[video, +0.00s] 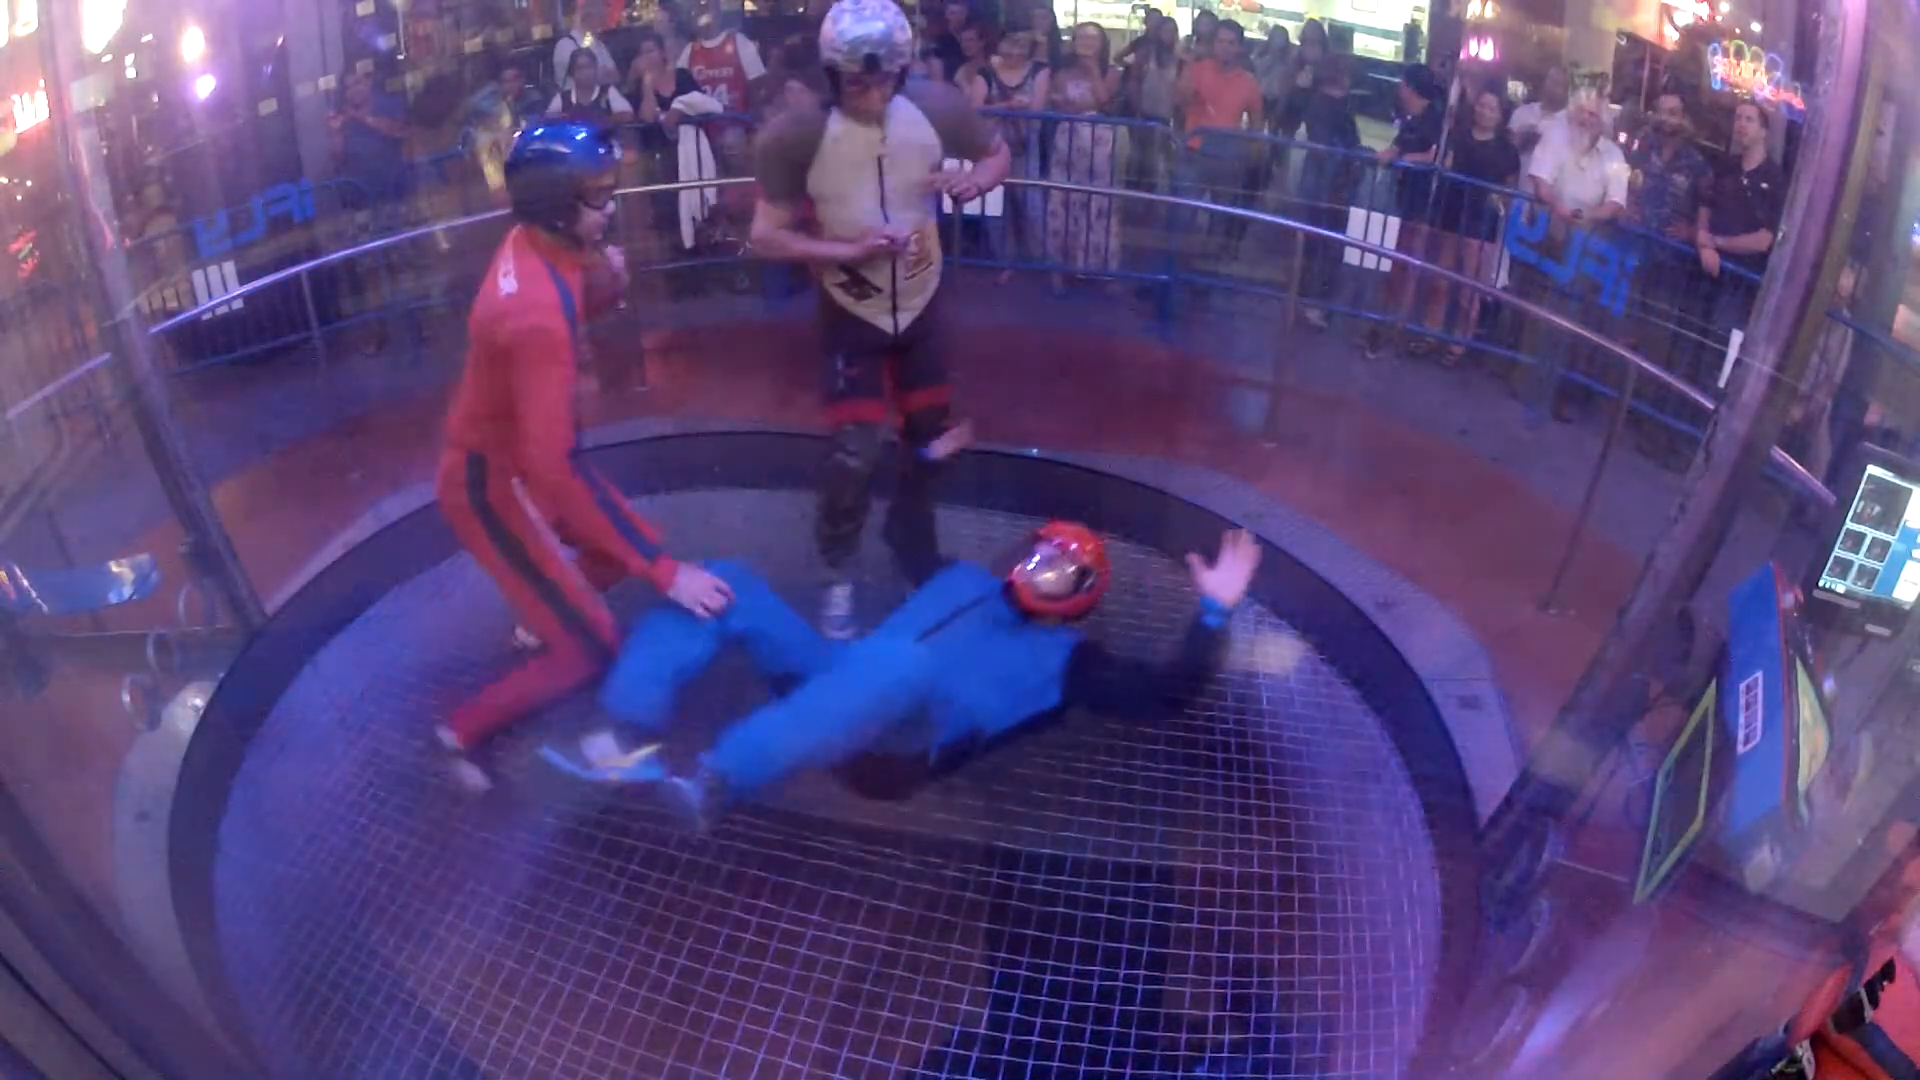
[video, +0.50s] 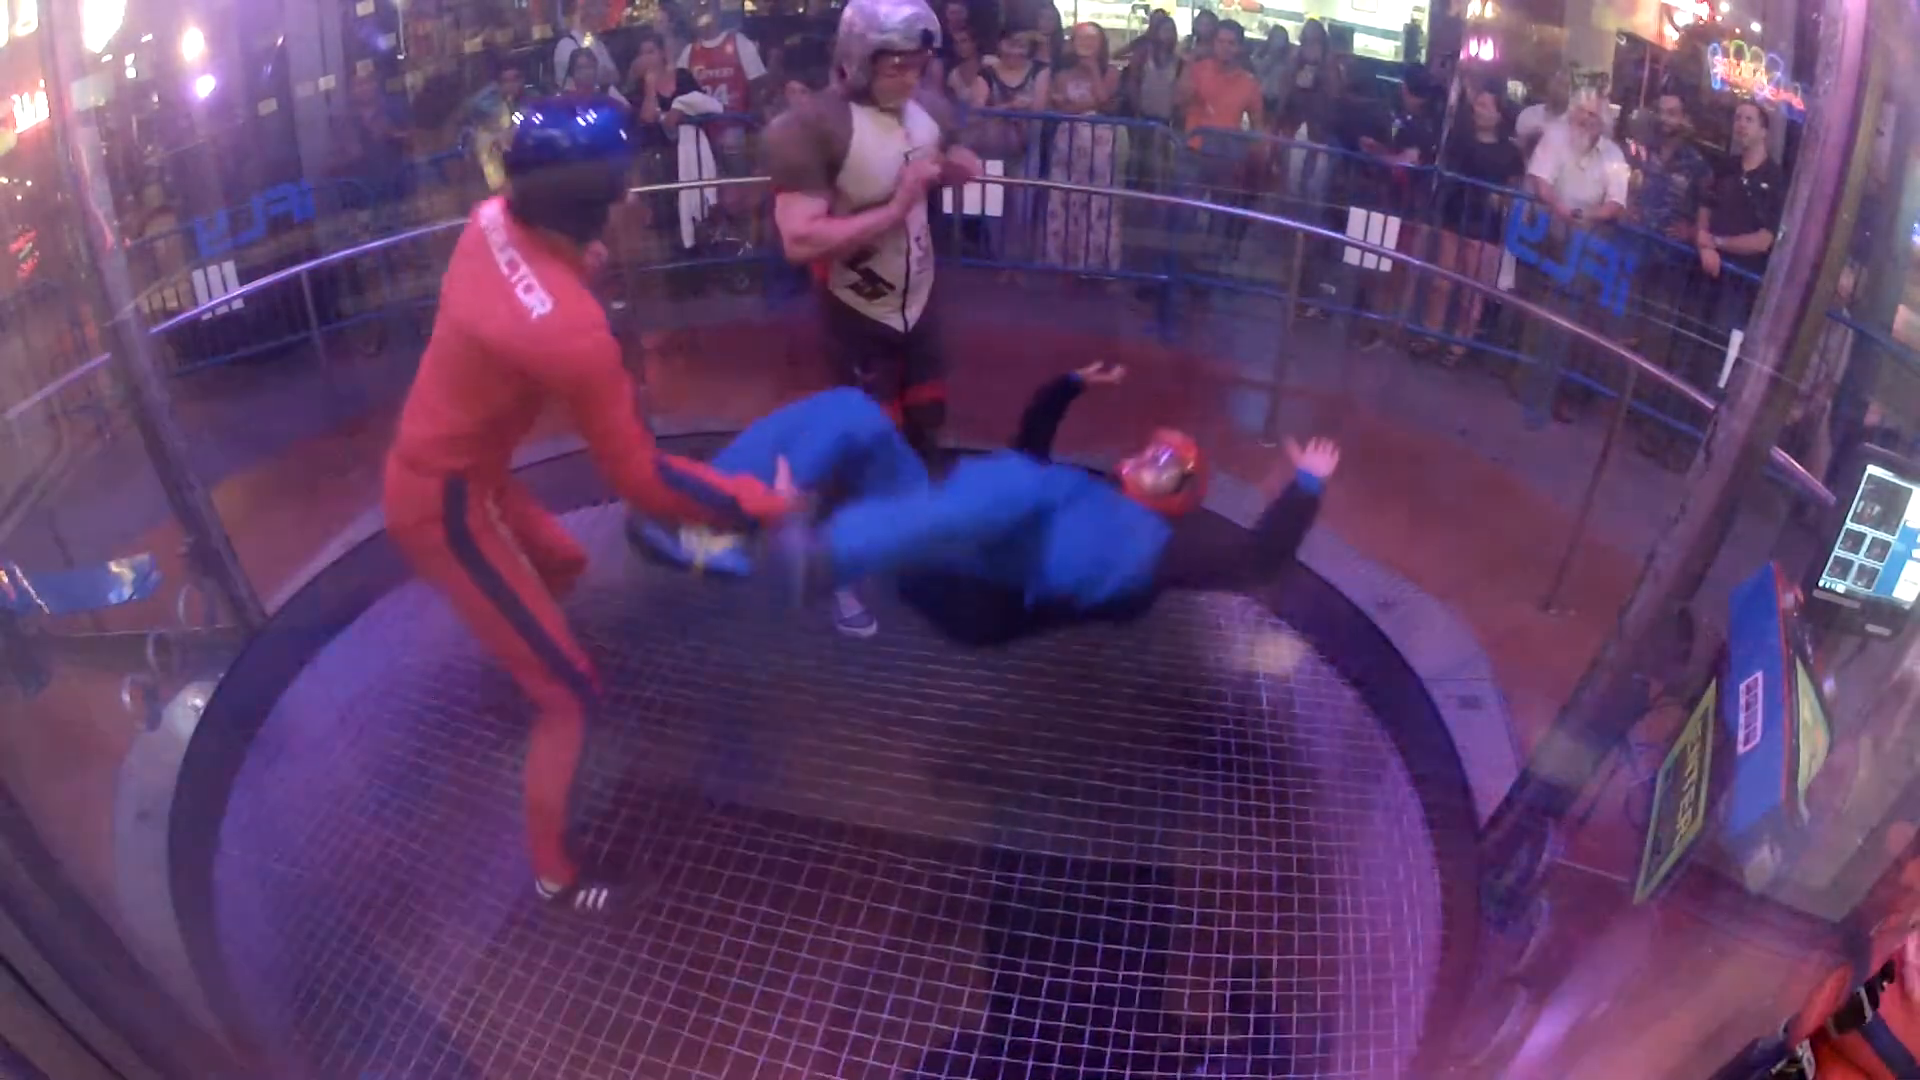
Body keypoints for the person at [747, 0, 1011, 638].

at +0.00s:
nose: (871, 93)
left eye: (883, 78)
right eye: (857, 81)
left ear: (901, 68)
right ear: (833, 72)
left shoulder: (934, 111)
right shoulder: (801, 135)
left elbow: (998, 156)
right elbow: (763, 234)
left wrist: (973, 179)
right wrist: (850, 250)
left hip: (924, 304)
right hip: (851, 311)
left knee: (935, 445)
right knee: (862, 445)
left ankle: (916, 555)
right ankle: (838, 578)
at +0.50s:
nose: (905, 79)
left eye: (914, 66)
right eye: (892, 67)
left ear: (925, 64)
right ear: (855, 64)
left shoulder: (922, 114)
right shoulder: (810, 128)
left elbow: (918, 178)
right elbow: (799, 241)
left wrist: (948, 171)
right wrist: (895, 210)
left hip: (921, 308)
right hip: (856, 316)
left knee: (928, 427)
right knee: (873, 434)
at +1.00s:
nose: (887, 74)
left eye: (896, 62)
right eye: (875, 61)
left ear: (905, 62)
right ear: (843, 60)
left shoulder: (900, 120)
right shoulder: (805, 125)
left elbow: (897, 193)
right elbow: (746, 229)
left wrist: (931, 210)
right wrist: (813, 270)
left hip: (890, 297)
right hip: (823, 309)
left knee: (920, 429)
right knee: (849, 452)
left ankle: (886, 540)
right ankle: (827, 575)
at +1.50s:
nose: (897, 73)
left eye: (900, 62)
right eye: (888, 60)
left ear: (880, 60)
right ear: (853, 53)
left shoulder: (880, 115)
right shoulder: (811, 121)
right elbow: (860, 215)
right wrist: (950, 155)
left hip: (903, 314)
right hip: (851, 319)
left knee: (929, 438)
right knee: (865, 459)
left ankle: (879, 547)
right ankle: (830, 574)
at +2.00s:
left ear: (873, 116)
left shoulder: (902, 129)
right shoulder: (838, 159)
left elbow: (960, 168)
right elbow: (874, 215)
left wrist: (950, 133)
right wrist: (937, 152)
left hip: (918, 317)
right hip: (870, 319)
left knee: (922, 435)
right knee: (884, 458)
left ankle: (881, 549)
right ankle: (836, 569)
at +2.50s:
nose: (869, 84)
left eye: (874, 71)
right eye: (854, 71)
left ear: (887, 83)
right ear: (832, 84)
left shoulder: (895, 131)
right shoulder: (801, 139)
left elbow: (943, 153)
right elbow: (767, 210)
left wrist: (940, 144)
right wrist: (854, 183)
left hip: (895, 311)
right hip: (835, 316)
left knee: (900, 442)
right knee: (865, 459)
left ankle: (876, 553)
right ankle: (821, 563)